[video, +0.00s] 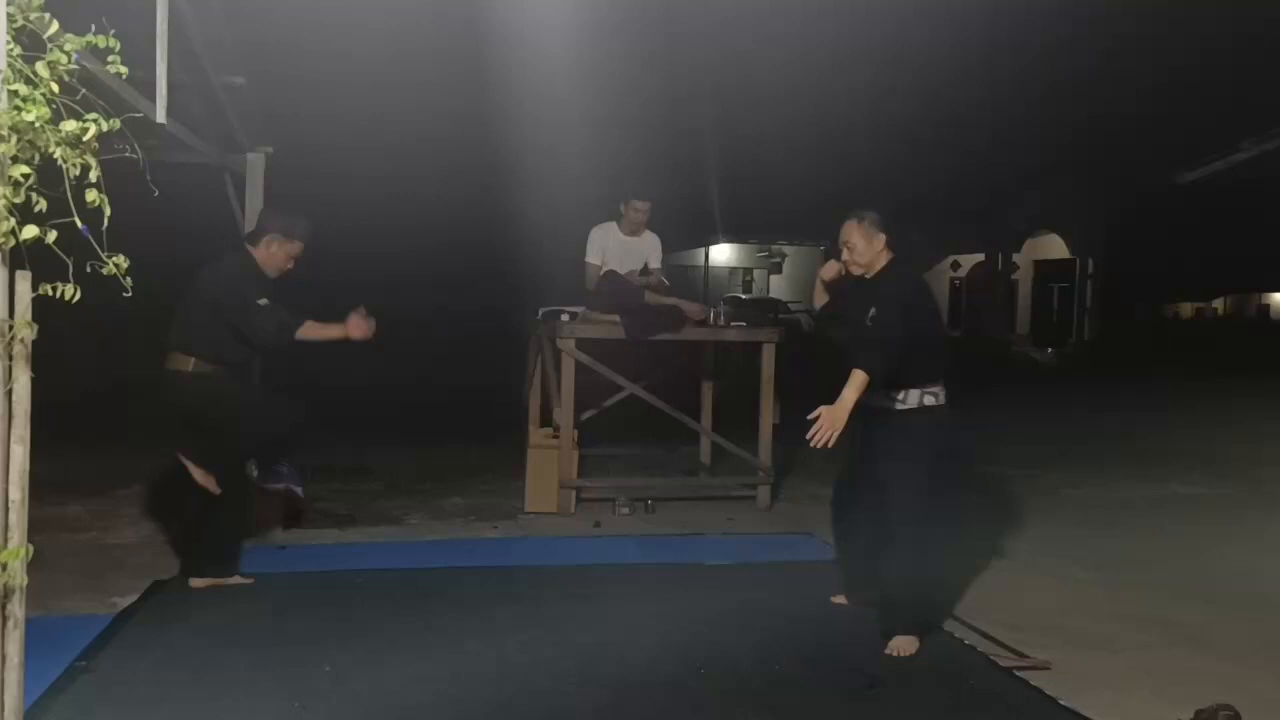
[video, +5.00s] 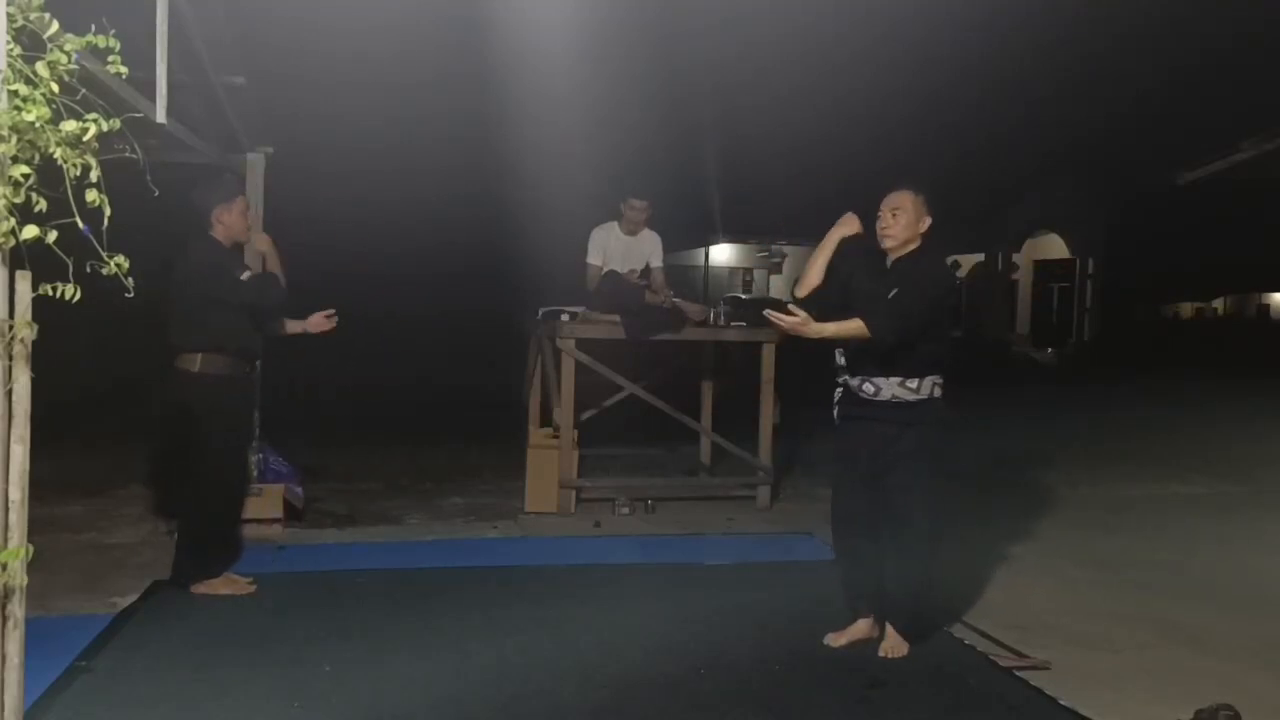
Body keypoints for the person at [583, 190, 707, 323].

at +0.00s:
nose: (640, 218)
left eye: (645, 212)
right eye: (635, 211)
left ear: (649, 214)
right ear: (623, 208)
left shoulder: (652, 240)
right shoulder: (600, 233)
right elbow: (591, 284)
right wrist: (622, 281)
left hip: (635, 302)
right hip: (602, 301)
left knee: (676, 315)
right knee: (610, 278)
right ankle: (677, 303)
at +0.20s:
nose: (641, 218)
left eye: (646, 213)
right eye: (636, 212)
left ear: (650, 214)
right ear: (623, 209)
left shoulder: (653, 241)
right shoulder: (601, 233)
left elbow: (659, 283)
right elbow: (591, 283)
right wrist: (624, 280)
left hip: (635, 300)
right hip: (602, 299)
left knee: (671, 314)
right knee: (610, 278)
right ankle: (677, 305)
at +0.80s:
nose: (642, 219)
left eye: (647, 214)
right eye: (637, 213)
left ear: (651, 215)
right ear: (624, 210)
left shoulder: (653, 240)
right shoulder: (602, 234)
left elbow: (660, 283)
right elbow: (591, 284)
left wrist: (664, 293)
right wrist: (623, 281)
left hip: (636, 300)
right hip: (603, 299)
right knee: (611, 278)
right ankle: (679, 308)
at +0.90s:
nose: (641, 219)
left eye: (646, 214)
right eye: (636, 213)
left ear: (650, 215)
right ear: (623, 210)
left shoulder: (653, 240)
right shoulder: (601, 234)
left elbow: (659, 282)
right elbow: (591, 284)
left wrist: (664, 293)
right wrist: (623, 280)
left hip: (636, 299)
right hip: (602, 299)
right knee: (611, 278)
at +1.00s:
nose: (641, 219)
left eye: (646, 214)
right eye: (636, 212)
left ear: (650, 215)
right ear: (623, 210)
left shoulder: (653, 240)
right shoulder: (601, 234)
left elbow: (659, 283)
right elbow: (591, 284)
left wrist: (664, 294)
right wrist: (623, 280)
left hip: (636, 299)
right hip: (602, 300)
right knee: (611, 278)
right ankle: (678, 311)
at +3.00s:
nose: (641, 219)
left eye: (646, 214)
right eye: (636, 212)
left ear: (650, 214)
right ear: (623, 210)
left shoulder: (653, 239)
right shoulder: (601, 234)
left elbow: (658, 282)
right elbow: (591, 284)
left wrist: (664, 295)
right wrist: (623, 281)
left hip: (636, 300)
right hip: (603, 299)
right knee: (610, 278)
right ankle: (676, 308)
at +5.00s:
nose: (637, 216)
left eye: (642, 210)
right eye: (632, 209)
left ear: (649, 212)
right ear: (622, 207)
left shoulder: (653, 239)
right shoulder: (601, 234)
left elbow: (658, 282)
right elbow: (592, 285)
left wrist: (664, 295)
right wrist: (621, 280)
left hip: (634, 300)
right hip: (602, 300)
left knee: (674, 317)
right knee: (611, 278)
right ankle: (679, 308)